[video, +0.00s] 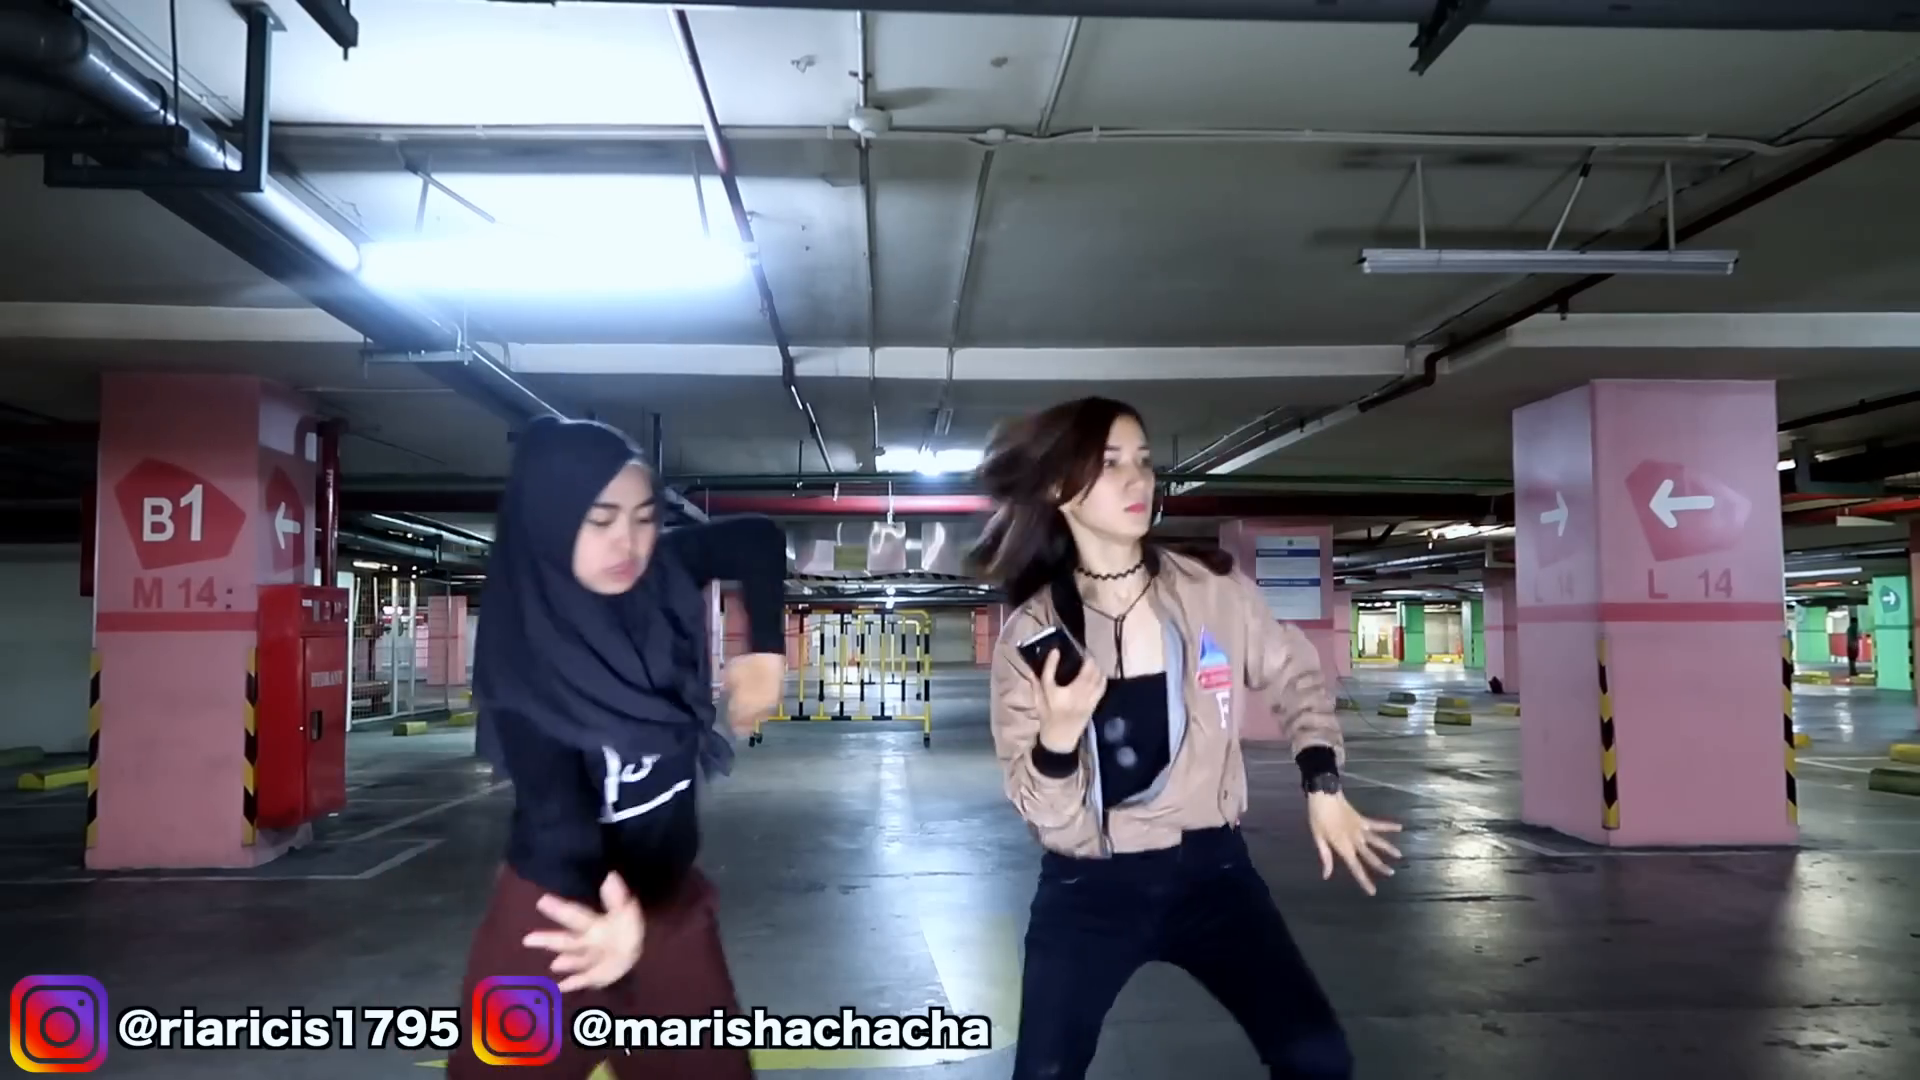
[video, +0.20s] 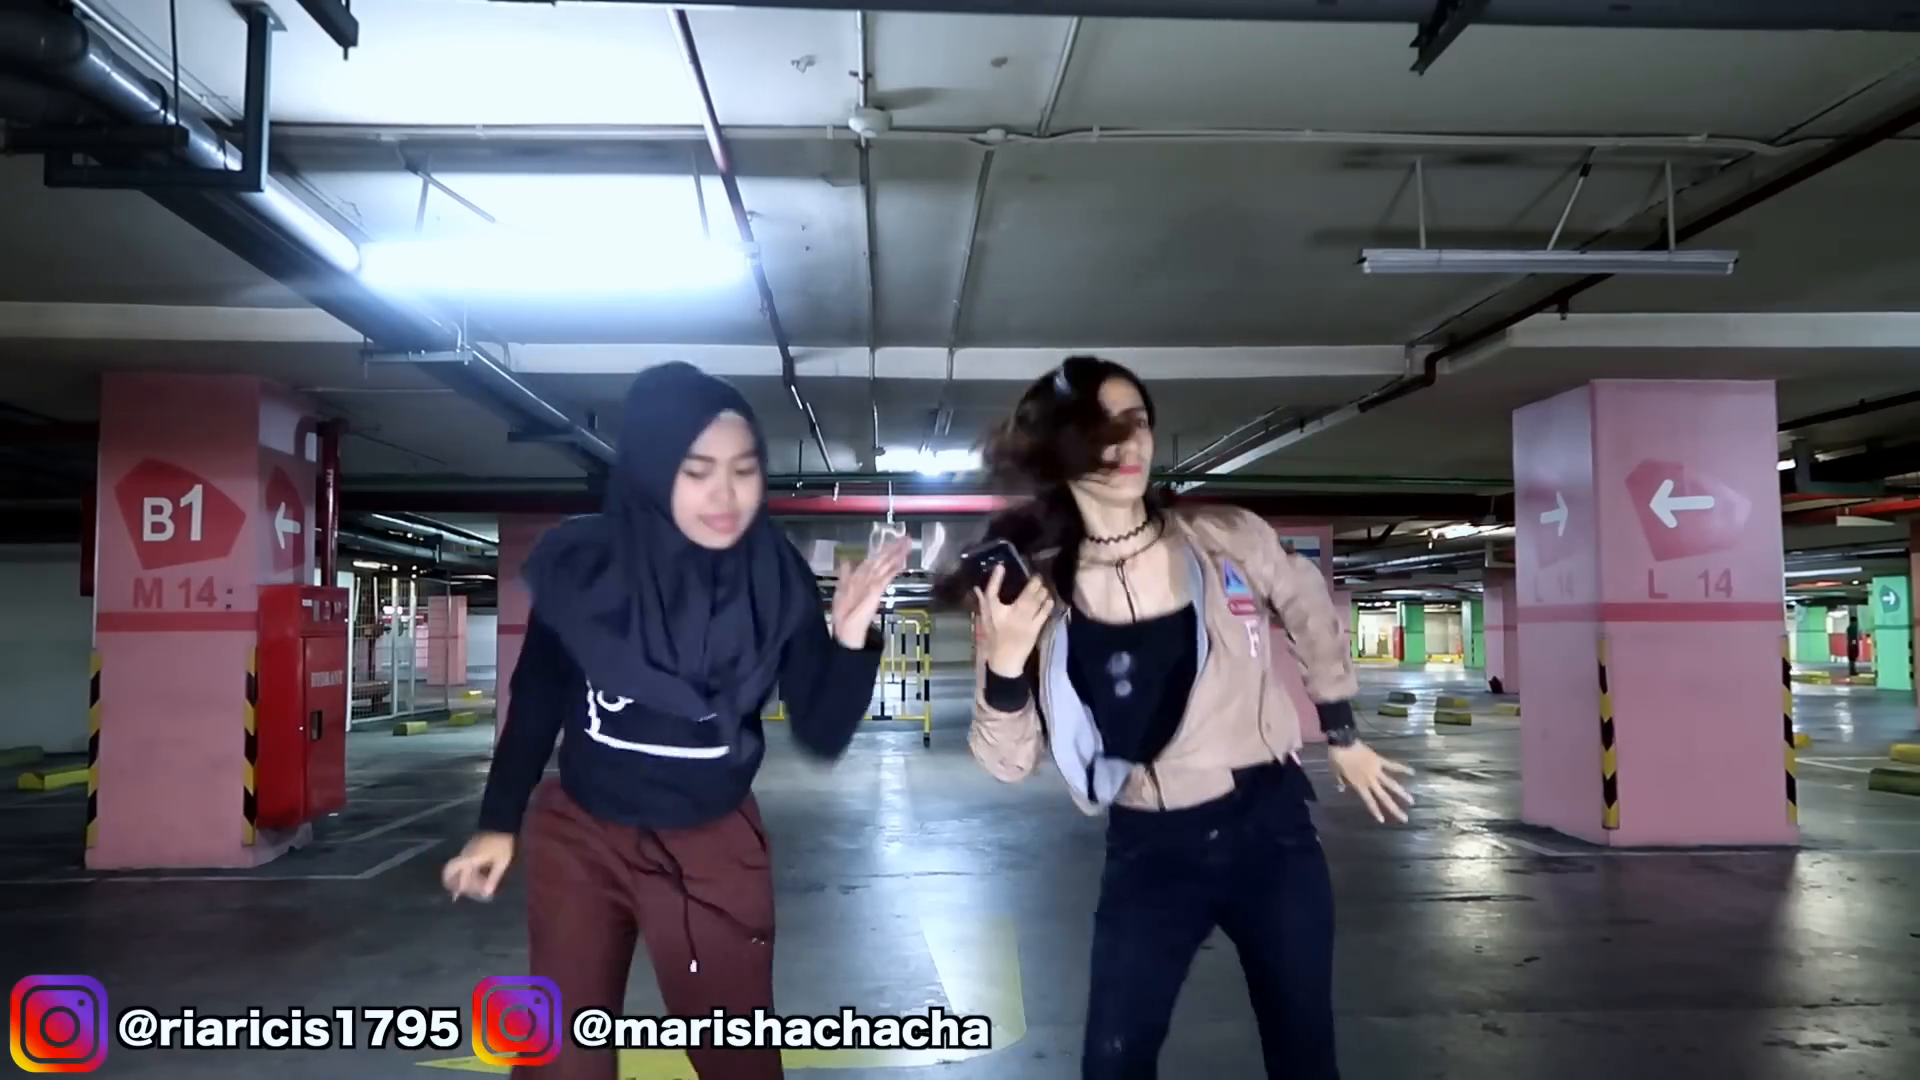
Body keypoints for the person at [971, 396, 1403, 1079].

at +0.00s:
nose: (1140, 479)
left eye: (1144, 461)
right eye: (1112, 463)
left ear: (1154, 474)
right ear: (1059, 489)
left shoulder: (1216, 596)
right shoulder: (1030, 632)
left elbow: (1295, 676)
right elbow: (1048, 817)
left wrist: (1323, 783)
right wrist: (1059, 737)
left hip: (1211, 874)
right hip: (1086, 887)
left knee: (1316, 1053)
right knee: (1045, 1069)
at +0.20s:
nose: (1129, 440)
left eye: (1138, 421)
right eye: (1106, 426)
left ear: (1154, 434)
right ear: (1060, 446)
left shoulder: (1228, 536)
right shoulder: (1032, 585)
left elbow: (1310, 607)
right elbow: (1008, 763)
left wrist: (1342, 733)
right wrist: (1003, 668)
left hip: (1269, 827)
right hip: (1149, 847)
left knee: (1304, 1059)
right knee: (1113, 1061)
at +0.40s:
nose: (1143, 472)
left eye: (1152, 452)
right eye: (1118, 460)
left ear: (1172, 466)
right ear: (1086, 483)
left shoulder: (1244, 570)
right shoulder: (1062, 619)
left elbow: (1340, 626)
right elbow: (981, 774)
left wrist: (1395, 732)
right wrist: (989, 677)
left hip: (1275, 853)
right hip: (1158, 881)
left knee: (1389, 1054)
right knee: (1138, 1070)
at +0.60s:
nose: (1152, 442)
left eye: (1169, 417)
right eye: (1129, 428)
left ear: (1203, 431)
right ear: (1109, 455)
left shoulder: (1296, 537)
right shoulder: (1095, 577)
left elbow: (1397, 613)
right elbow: (1056, 702)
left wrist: (1444, 735)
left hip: (1314, 820)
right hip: (1191, 838)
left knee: (1341, 1060)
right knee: (1176, 1060)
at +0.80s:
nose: (1218, 460)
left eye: (1235, 438)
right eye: (1195, 448)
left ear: (1270, 456)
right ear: (1176, 476)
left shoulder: (1349, 577)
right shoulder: (1153, 593)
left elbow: (1474, 651)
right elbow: (1083, 710)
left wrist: (1505, 781)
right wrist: (1100, 820)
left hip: (1332, 865)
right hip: (1206, 867)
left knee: (1338, 1069)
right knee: (1102, 1048)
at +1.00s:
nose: (1232, 445)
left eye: (1252, 425)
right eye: (1212, 430)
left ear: (1287, 446)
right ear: (1190, 457)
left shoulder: (1358, 559)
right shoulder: (1147, 568)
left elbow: (1471, 590)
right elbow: (1067, 638)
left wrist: (1472, 634)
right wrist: (1047, 729)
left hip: (1291, 858)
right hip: (1169, 854)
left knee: (1357, 1065)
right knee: (1116, 1061)